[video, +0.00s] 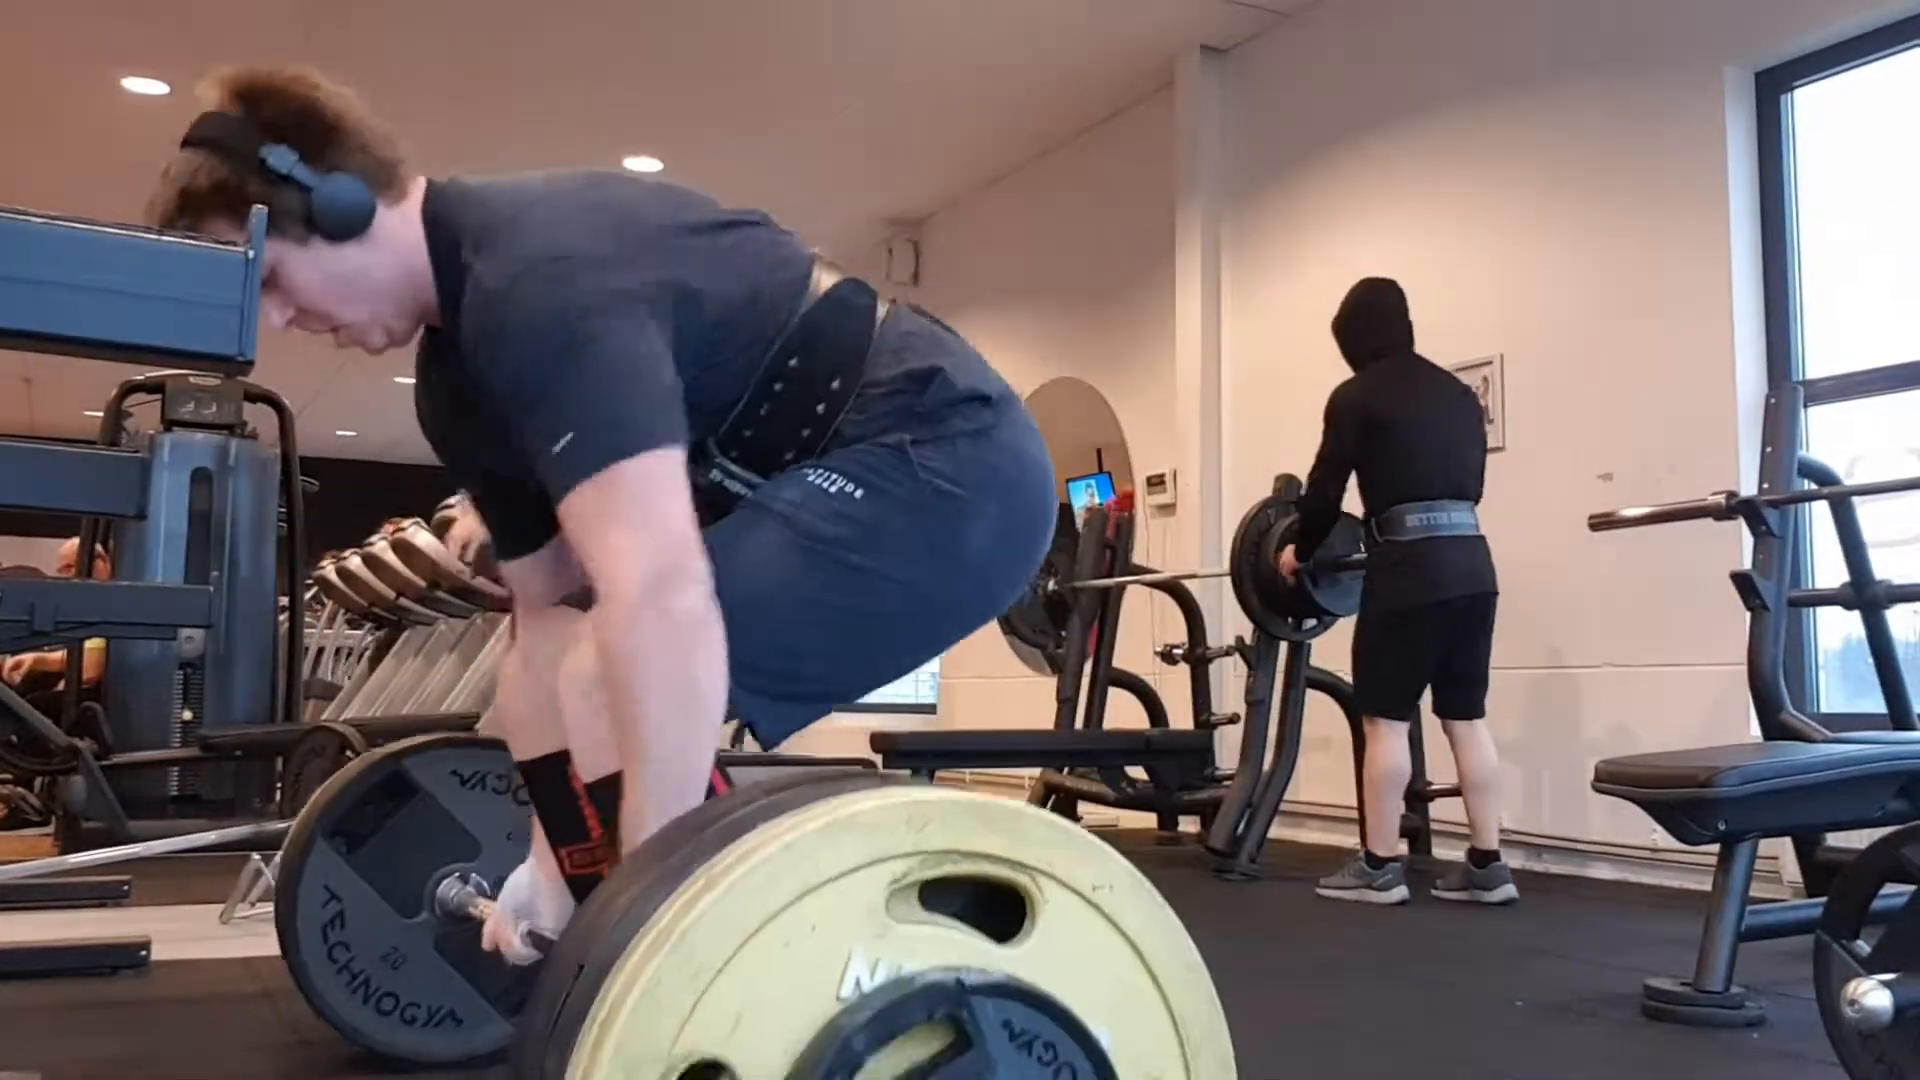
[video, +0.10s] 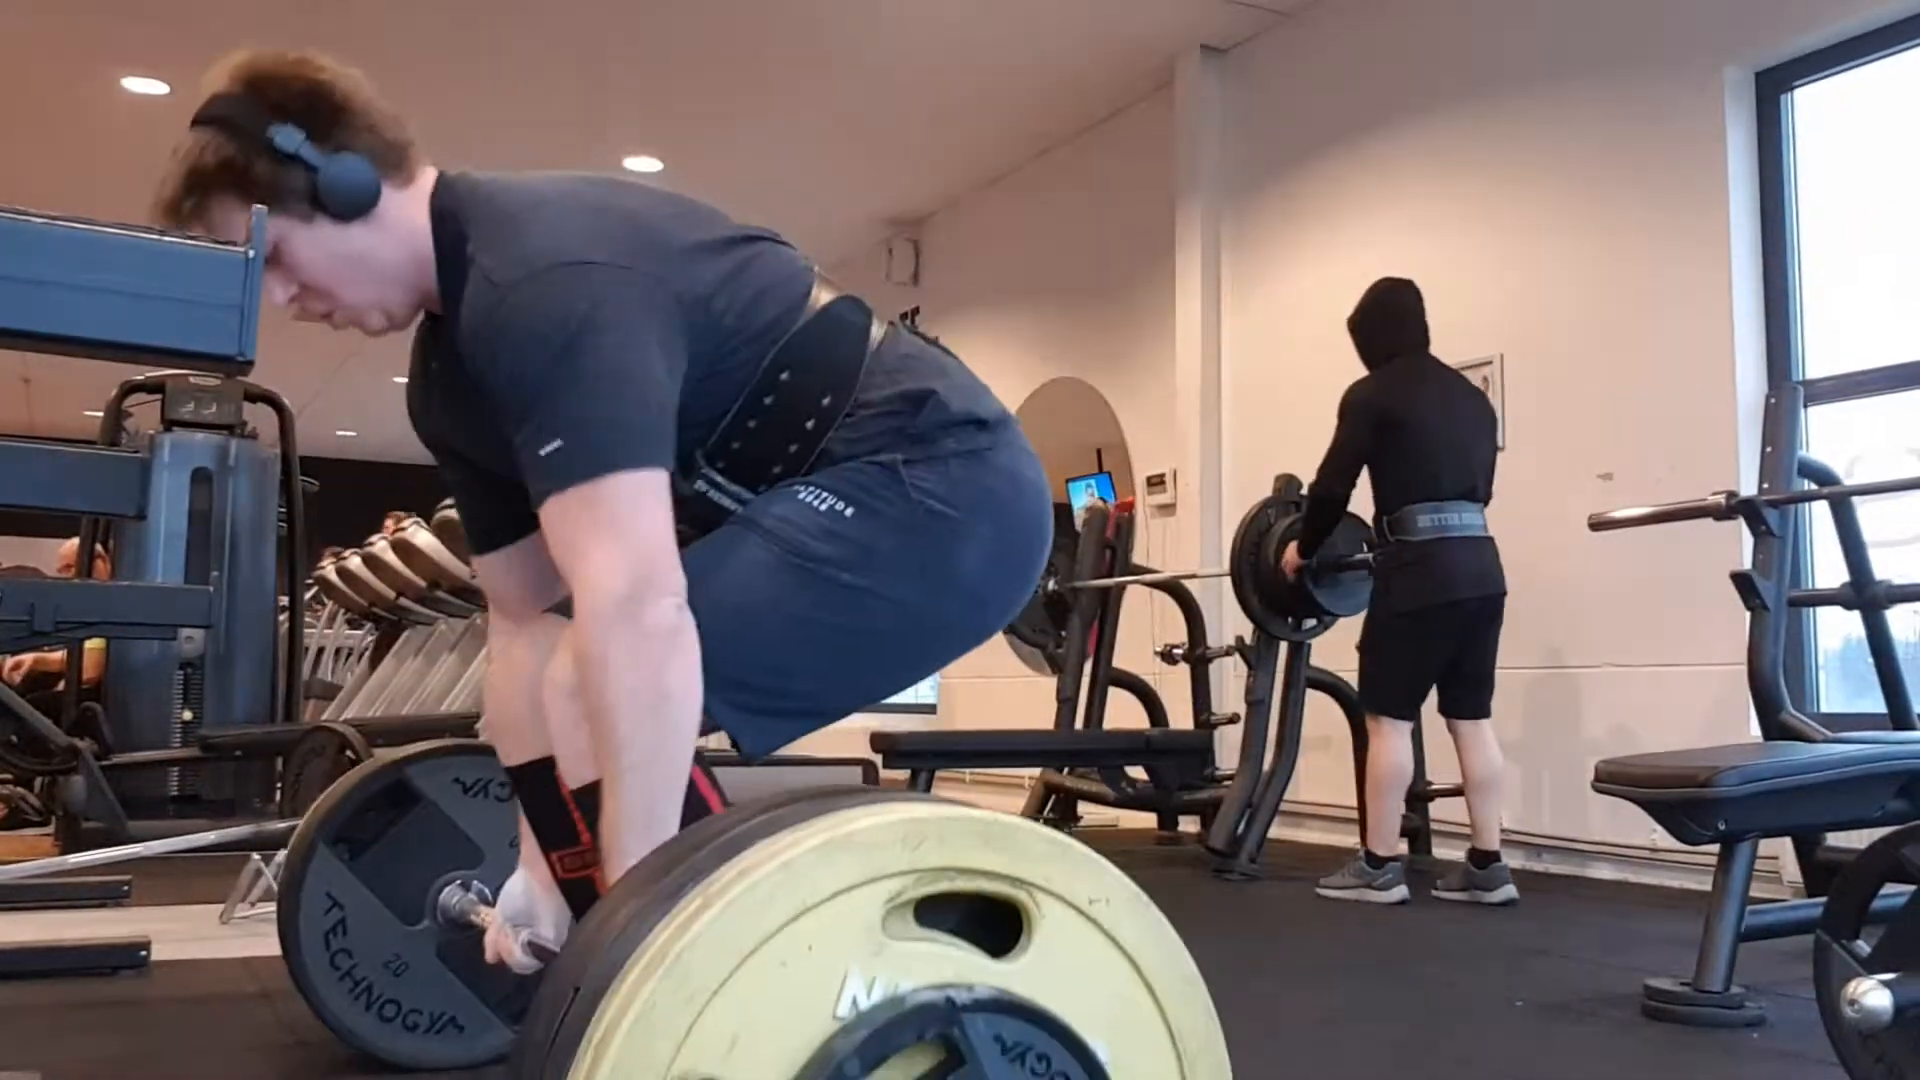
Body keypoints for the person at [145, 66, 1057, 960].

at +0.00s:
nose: (282, 321)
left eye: (268, 280)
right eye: (259, 300)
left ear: (318, 205)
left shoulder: (547, 286)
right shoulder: (454, 369)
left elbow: (661, 597)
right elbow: (554, 602)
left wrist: (656, 912)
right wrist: (547, 860)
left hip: (936, 459)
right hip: (814, 480)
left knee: (614, 676)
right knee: (533, 670)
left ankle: (701, 978)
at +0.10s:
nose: (283, 301)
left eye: (272, 256)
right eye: (259, 279)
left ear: (334, 182)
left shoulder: (552, 284)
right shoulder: (449, 376)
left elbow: (637, 607)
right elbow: (523, 622)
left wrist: (645, 913)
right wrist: (537, 865)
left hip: (929, 476)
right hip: (816, 498)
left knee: (600, 681)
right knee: (525, 681)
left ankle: (697, 974)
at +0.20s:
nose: (281, 245)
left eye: (275, 200)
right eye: (258, 218)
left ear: (353, 135)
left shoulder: (554, 263)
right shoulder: (456, 356)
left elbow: (637, 593)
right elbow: (531, 606)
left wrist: (639, 912)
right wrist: (541, 859)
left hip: (916, 480)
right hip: (796, 498)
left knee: (577, 687)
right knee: (505, 688)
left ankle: (684, 974)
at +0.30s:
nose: (278, 210)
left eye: (279, 168)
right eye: (261, 185)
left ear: (359, 110)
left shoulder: (561, 251)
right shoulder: (460, 336)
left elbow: (636, 579)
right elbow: (534, 593)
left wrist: (637, 881)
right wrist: (537, 857)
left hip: (911, 473)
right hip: (803, 488)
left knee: (564, 690)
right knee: (503, 691)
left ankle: (673, 1000)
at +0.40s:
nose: (275, 186)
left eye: (280, 143)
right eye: (260, 157)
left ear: (373, 93)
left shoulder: (562, 241)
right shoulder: (461, 329)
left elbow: (636, 573)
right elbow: (537, 589)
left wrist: (639, 878)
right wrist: (542, 853)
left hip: (911, 466)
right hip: (804, 483)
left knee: (565, 689)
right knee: (505, 688)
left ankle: (669, 1000)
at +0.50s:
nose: (275, 164)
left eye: (285, 121)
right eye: (263, 133)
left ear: (384, 83)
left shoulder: (570, 232)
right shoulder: (463, 321)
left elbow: (646, 563)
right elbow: (538, 579)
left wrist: (645, 871)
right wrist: (546, 849)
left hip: (911, 451)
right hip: (797, 471)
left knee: (585, 679)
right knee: (513, 677)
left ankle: (688, 978)